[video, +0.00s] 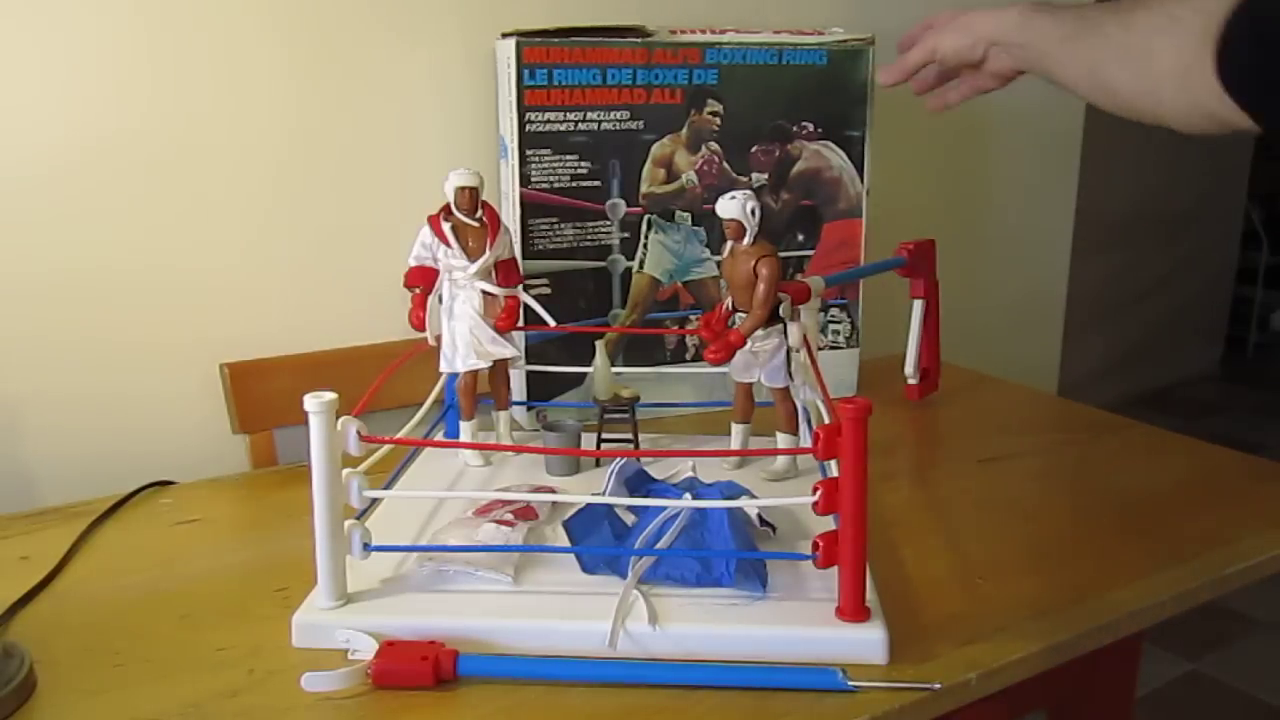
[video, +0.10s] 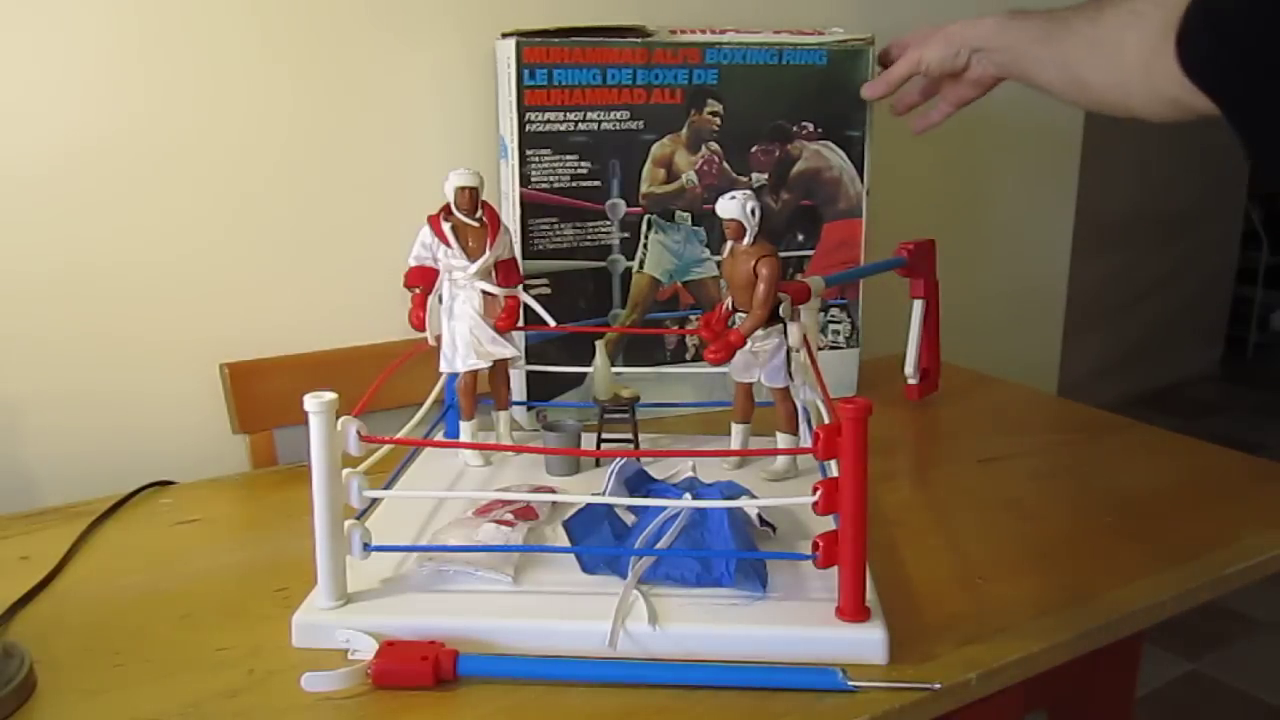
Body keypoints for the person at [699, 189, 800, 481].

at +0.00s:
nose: (725, 227)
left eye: (730, 222)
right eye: (723, 222)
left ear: (747, 222)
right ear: (724, 222)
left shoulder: (766, 260)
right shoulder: (729, 250)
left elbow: (761, 313)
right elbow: (733, 292)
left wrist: (735, 338)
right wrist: (720, 316)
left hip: (769, 332)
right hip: (742, 329)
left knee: (779, 390)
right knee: (742, 385)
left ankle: (787, 456)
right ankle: (737, 449)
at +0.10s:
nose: (725, 227)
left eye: (730, 222)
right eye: (723, 222)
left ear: (747, 223)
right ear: (724, 223)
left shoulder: (766, 260)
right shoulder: (729, 249)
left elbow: (761, 313)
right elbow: (733, 292)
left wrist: (735, 338)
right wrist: (720, 316)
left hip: (769, 333)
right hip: (742, 329)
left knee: (779, 390)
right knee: (742, 385)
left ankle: (787, 456)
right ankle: (738, 449)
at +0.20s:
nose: (725, 227)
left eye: (730, 222)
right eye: (723, 222)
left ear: (747, 223)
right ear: (724, 223)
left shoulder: (766, 260)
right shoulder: (730, 249)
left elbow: (761, 312)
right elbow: (733, 292)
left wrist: (735, 338)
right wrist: (720, 316)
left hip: (769, 333)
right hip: (742, 329)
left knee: (779, 390)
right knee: (742, 385)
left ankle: (787, 456)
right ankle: (738, 449)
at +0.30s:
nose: (725, 227)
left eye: (730, 222)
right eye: (723, 222)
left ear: (747, 223)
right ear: (724, 223)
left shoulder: (766, 260)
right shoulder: (729, 249)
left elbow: (761, 312)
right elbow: (733, 291)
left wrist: (735, 338)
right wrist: (720, 316)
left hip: (769, 332)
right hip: (742, 329)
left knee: (779, 390)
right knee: (742, 385)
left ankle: (787, 456)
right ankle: (738, 449)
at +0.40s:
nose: (725, 227)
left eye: (730, 222)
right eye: (723, 222)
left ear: (747, 223)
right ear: (724, 223)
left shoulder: (766, 259)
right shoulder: (730, 249)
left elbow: (761, 312)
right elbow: (734, 291)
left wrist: (735, 338)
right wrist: (720, 316)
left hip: (769, 332)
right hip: (742, 329)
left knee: (779, 390)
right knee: (742, 385)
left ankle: (787, 456)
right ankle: (738, 449)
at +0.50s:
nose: (725, 227)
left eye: (730, 222)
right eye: (723, 222)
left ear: (747, 223)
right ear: (724, 223)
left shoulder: (766, 259)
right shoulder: (730, 249)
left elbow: (761, 312)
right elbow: (734, 292)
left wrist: (735, 339)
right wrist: (720, 316)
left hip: (769, 332)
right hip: (742, 329)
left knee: (779, 390)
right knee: (742, 386)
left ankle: (787, 456)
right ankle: (738, 449)